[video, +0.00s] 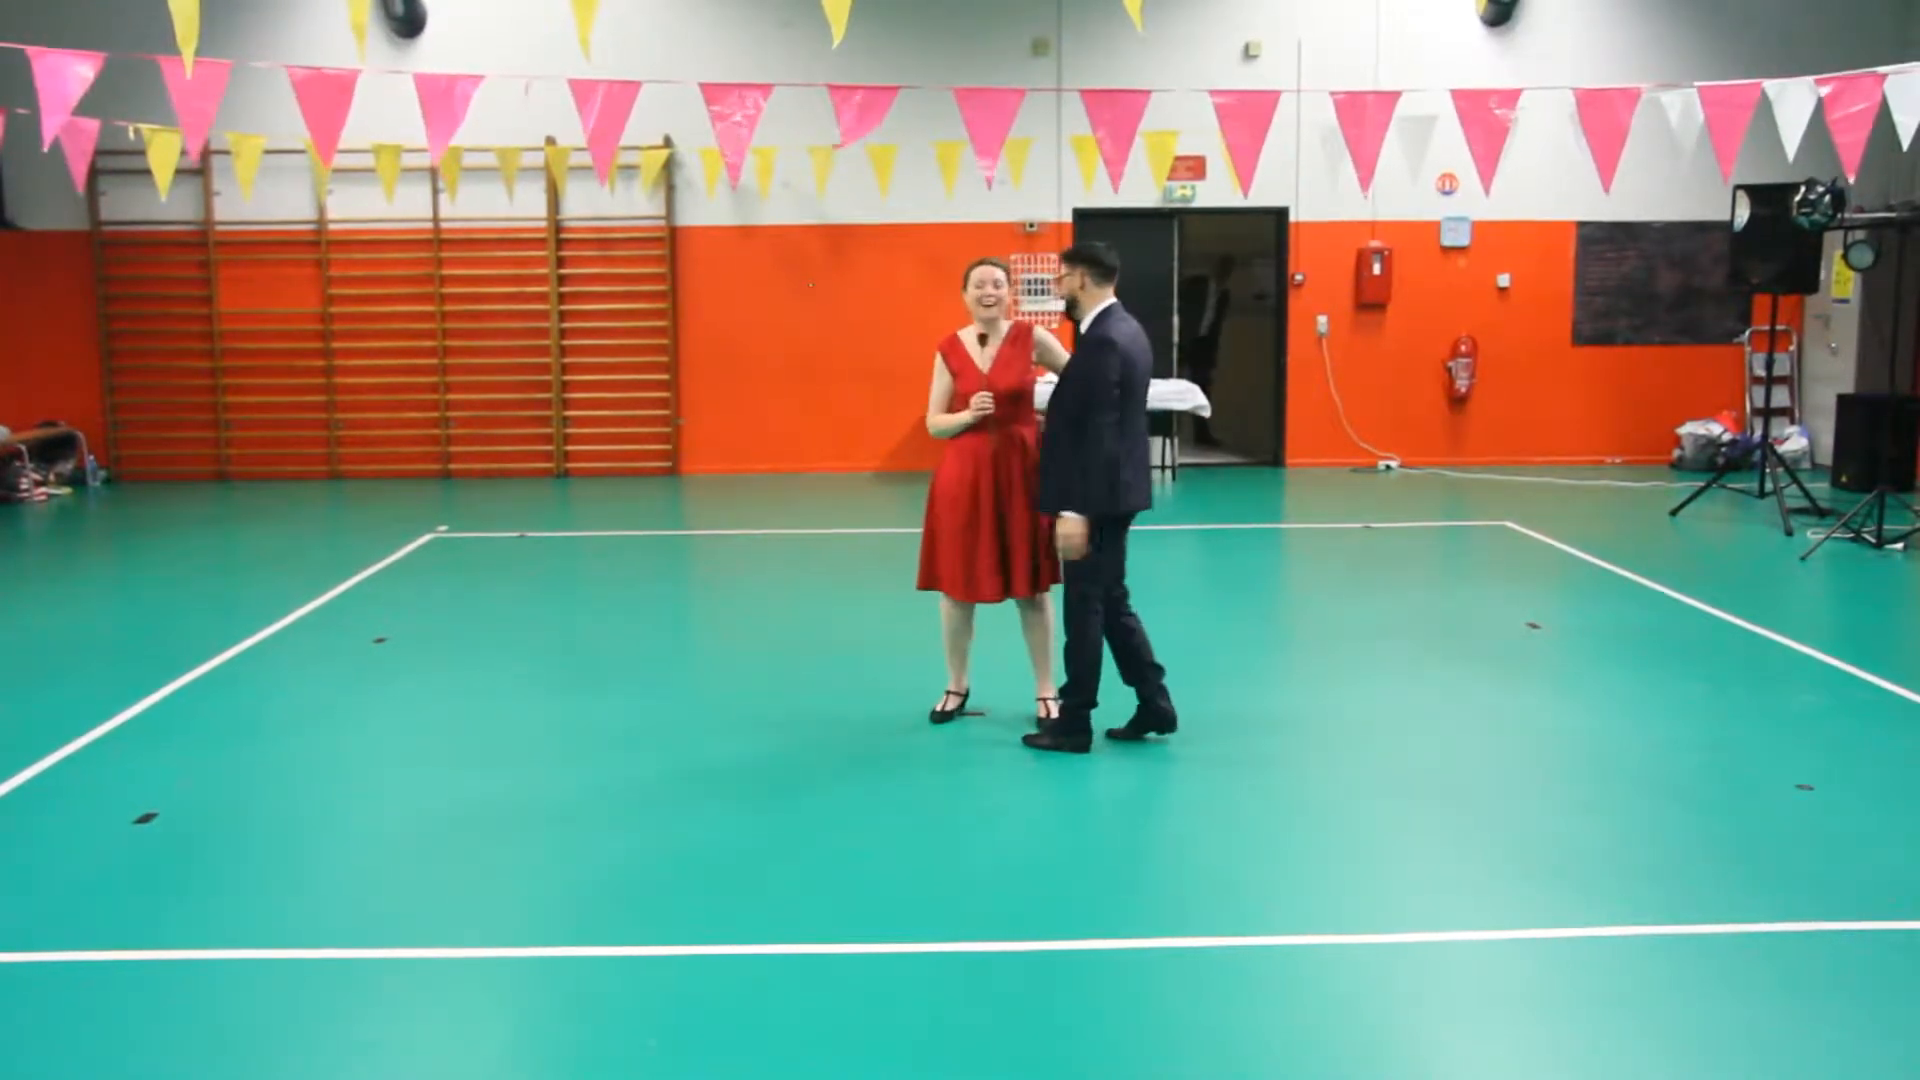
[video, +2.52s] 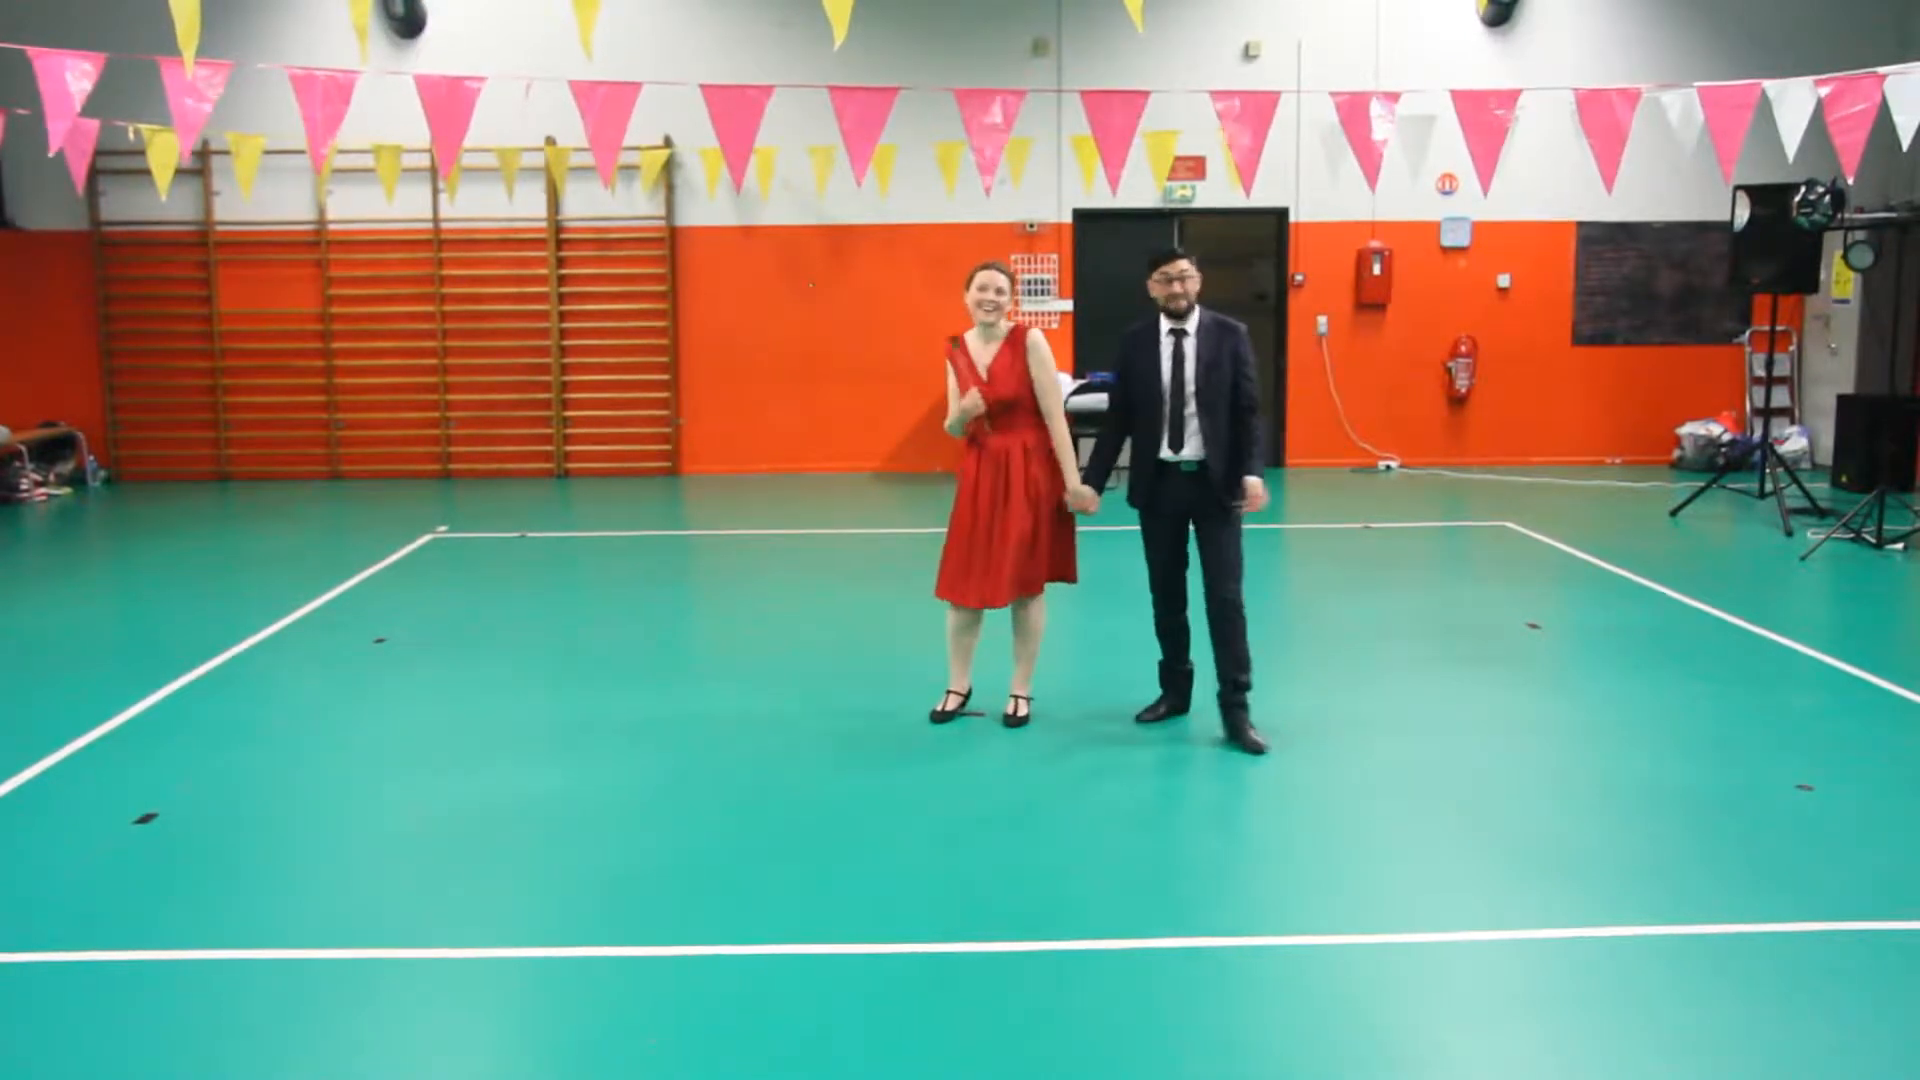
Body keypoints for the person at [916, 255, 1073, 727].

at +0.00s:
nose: (989, 292)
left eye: (997, 285)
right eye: (980, 286)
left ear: (1010, 292)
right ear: (965, 295)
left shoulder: (1031, 338)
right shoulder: (951, 349)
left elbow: (1082, 379)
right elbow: (934, 423)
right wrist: (968, 414)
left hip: (1021, 470)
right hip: (965, 473)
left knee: (1031, 590)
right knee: (956, 587)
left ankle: (1046, 691)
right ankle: (956, 686)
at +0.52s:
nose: (956, 298)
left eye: (965, 290)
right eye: (948, 290)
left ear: (980, 298)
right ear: (936, 297)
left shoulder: (1001, 346)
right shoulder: (925, 350)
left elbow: (1030, 410)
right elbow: (908, 420)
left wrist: (1050, 467)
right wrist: (930, 415)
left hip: (982, 472)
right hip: (933, 471)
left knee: (988, 588)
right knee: (937, 588)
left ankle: (1036, 687)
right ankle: (955, 687)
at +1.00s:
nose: (963, 297)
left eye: (969, 290)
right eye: (954, 289)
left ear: (978, 297)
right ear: (933, 294)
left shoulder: (993, 342)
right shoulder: (913, 350)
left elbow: (1025, 409)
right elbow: (895, 422)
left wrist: (1060, 468)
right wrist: (930, 417)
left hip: (979, 471)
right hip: (927, 473)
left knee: (994, 587)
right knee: (939, 588)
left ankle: (1036, 688)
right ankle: (955, 687)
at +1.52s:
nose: (957, 297)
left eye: (964, 292)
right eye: (948, 288)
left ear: (970, 303)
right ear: (926, 296)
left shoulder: (984, 344)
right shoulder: (908, 345)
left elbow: (1035, 401)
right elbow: (903, 416)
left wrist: (1086, 446)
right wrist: (887, 399)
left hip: (977, 466)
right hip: (927, 466)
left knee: (985, 585)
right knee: (935, 586)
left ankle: (1016, 686)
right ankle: (955, 688)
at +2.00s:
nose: (961, 302)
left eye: (971, 298)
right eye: (953, 293)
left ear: (980, 309)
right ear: (936, 299)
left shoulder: (992, 347)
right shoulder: (928, 344)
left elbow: (1041, 409)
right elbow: (933, 408)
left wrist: (1090, 464)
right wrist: (901, 402)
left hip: (1002, 462)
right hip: (955, 461)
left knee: (1006, 584)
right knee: (954, 582)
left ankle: (1018, 690)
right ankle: (956, 688)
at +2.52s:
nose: (989, 297)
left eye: (998, 291)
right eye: (981, 289)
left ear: (1011, 300)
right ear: (966, 296)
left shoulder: (1030, 341)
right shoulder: (958, 350)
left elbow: (1055, 414)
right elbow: (953, 425)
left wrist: (1073, 482)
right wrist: (962, 411)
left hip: (1029, 469)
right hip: (981, 470)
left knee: (1026, 587)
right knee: (966, 586)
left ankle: (1021, 691)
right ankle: (957, 687)